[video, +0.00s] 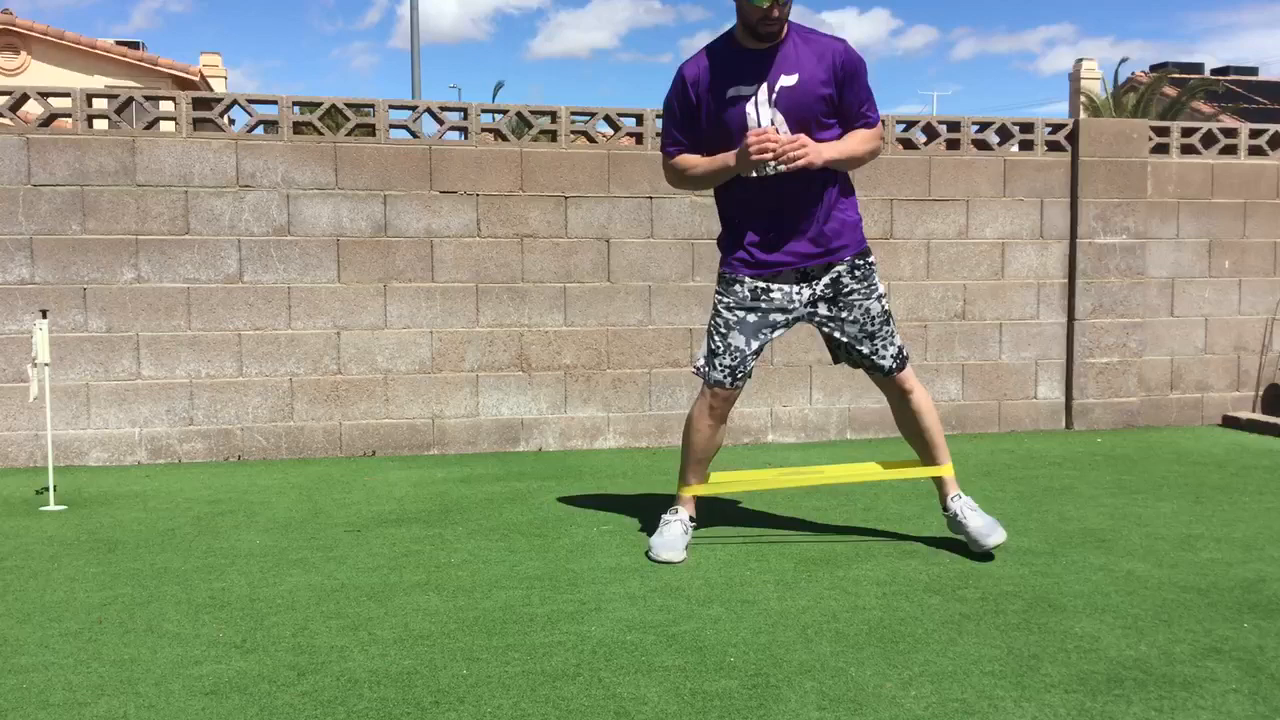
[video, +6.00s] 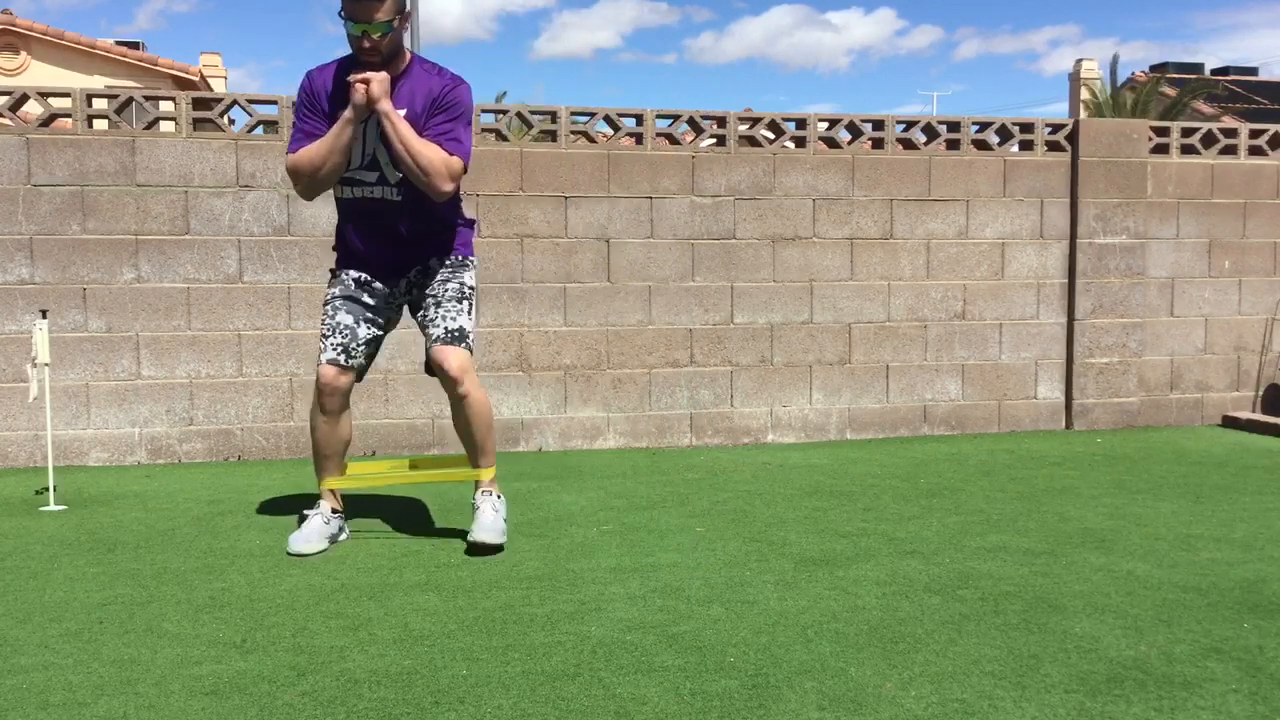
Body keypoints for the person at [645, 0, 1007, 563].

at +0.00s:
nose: (770, 11)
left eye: (779, 2)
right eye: (757, 3)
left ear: (791, 1)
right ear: (735, 3)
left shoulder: (835, 57)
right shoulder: (698, 74)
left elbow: (870, 137)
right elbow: (677, 170)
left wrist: (821, 152)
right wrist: (737, 159)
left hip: (839, 258)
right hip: (753, 265)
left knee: (898, 375)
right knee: (718, 388)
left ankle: (954, 499)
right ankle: (682, 511)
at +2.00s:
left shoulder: (1083, 41)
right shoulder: (946, 45)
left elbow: (1113, 133)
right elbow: (909, 144)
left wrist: (1057, 122)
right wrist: (969, 125)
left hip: (1050, 240)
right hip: (967, 240)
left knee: (1051, 379)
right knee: (960, 375)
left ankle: (1046, 513)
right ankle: (952, 507)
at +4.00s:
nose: (843, 37)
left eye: (856, 26)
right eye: (830, 25)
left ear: (872, 23)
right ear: (812, 24)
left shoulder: (903, 92)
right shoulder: (775, 93)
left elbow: (911, 186)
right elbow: (770, 191)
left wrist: (859, 111)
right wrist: (827, 117)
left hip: (870, 267)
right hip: (789, 265)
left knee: (890, 384)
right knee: (760, 379)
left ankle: (885, 509)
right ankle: (745, 506)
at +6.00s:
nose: (365, 39)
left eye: (378, 28)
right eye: (355, 28)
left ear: (404, 20)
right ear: (343, 22)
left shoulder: (445, 89)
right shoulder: (321, 84)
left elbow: (444, 182)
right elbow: (305, 183)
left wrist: (385, 110)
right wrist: (352, 116)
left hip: (440, 253)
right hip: (363, 256)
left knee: (451, 364)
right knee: (330, 381)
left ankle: (487, 492)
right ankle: (329, 508)